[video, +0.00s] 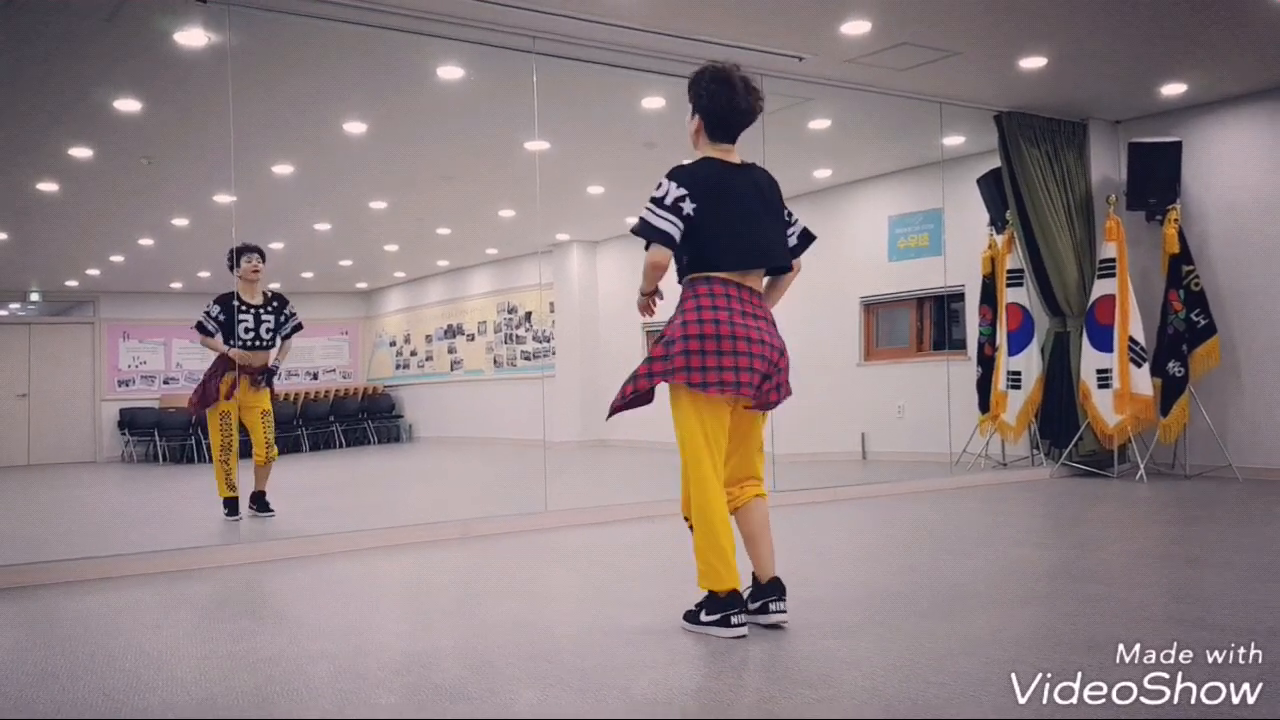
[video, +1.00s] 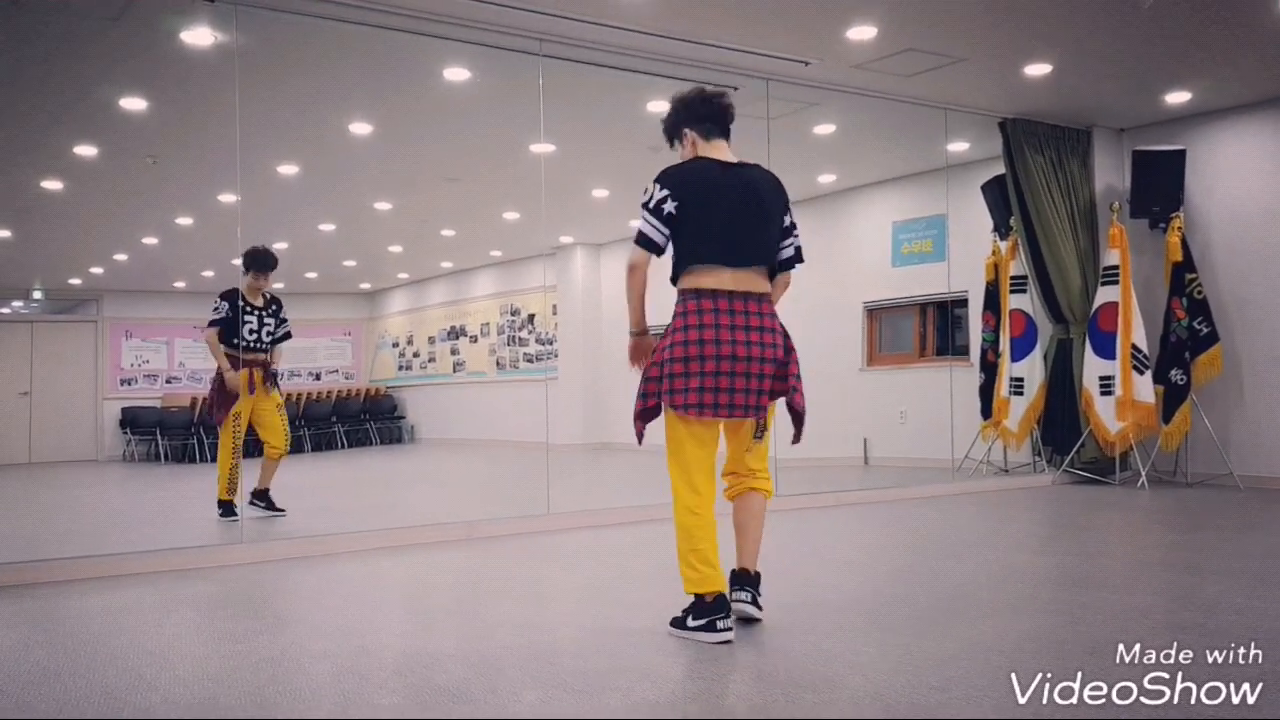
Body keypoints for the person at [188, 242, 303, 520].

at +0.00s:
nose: (255, 265)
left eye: (259, 261)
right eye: (248, 261)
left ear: (264, 268)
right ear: (236, 269)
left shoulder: (277, 302)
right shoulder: (224, 302)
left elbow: (287, 338)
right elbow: (204, 335)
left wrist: (275, 363)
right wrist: (228, 350)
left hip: (258, 380)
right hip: (225, 379)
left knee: (266, 447)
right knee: (226, 446)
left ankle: (259, 495)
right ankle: (230, 499)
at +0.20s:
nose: (257, 271)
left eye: (261, 267)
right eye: (250, 267)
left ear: (267, 274)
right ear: (239, 275)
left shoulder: (281, 306)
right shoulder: (227, 309)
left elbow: (297, 341)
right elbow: (218, 348)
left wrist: (286, 370)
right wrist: (229, 371)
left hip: (270, 383)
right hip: (237, 382)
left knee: (270, 449)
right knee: (231, 448)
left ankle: (260, 498)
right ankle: (233, 501)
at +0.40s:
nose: (259, 272)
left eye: (263, 268)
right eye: (253, 267)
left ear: (269, 272)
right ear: (241, 271)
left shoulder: (280, 305)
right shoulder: (227, 305)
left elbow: (290, 342)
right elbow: (218, 348)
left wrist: (289, 370)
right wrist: (221, 384)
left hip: (277, 376)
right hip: (245, 376)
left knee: (274, 443)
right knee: (240, 443)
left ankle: (260, 497)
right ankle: (234, 498)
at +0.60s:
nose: (260, 266)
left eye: (265, 262)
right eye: (253, 261)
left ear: (270, 268)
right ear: (242, 267)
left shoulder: (276, 301)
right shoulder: (229, 298)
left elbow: (283, 340)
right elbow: (203, 330)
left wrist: (285, 362)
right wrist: (219, 364)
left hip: (276, 373)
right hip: (246, 373)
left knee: (270, 440)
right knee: (246, 441)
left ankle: (261, 495)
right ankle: (233, 493)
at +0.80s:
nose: (259, 268)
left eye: (264, 263)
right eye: (253, 263)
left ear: (270, 269)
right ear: (242, 267)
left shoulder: (273, 303)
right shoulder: (230, 297)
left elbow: (277, 343)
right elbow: (207, 332)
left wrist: (281, 368)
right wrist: (217, 373)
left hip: (269, 372)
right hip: (241, 372)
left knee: (268, 439)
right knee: (240, 440)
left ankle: (260, 496)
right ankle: (228, 498)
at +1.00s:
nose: (262, 283)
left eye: (267, 277)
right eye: (256, 277)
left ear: (272, 276)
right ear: (245, 273)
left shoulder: (274, 304)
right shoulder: (229, 299)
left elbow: (277, 343)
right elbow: (210, 335)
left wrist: (274, 369)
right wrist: (227, 371)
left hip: (263, 377)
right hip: (235, 376)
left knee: (278, 440)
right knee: (231, 443)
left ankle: (261, 493)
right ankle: (226, 500)